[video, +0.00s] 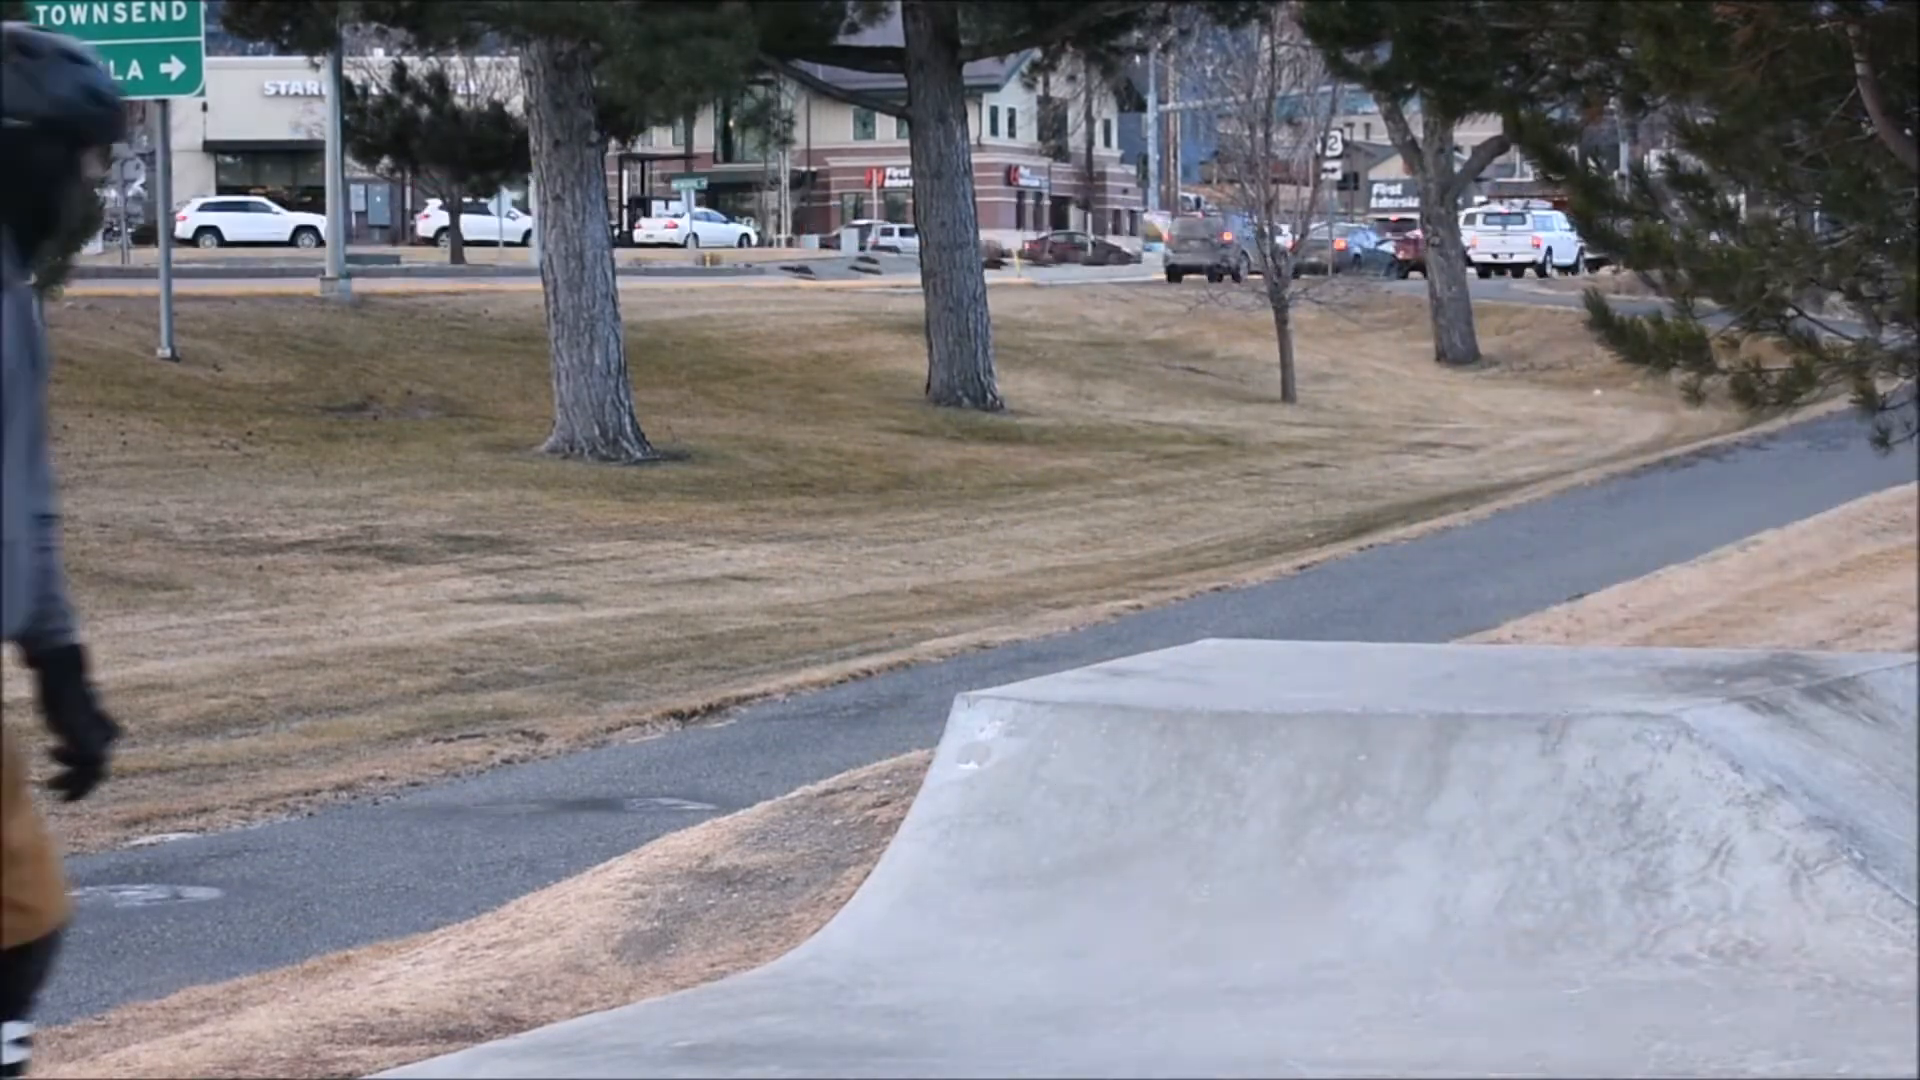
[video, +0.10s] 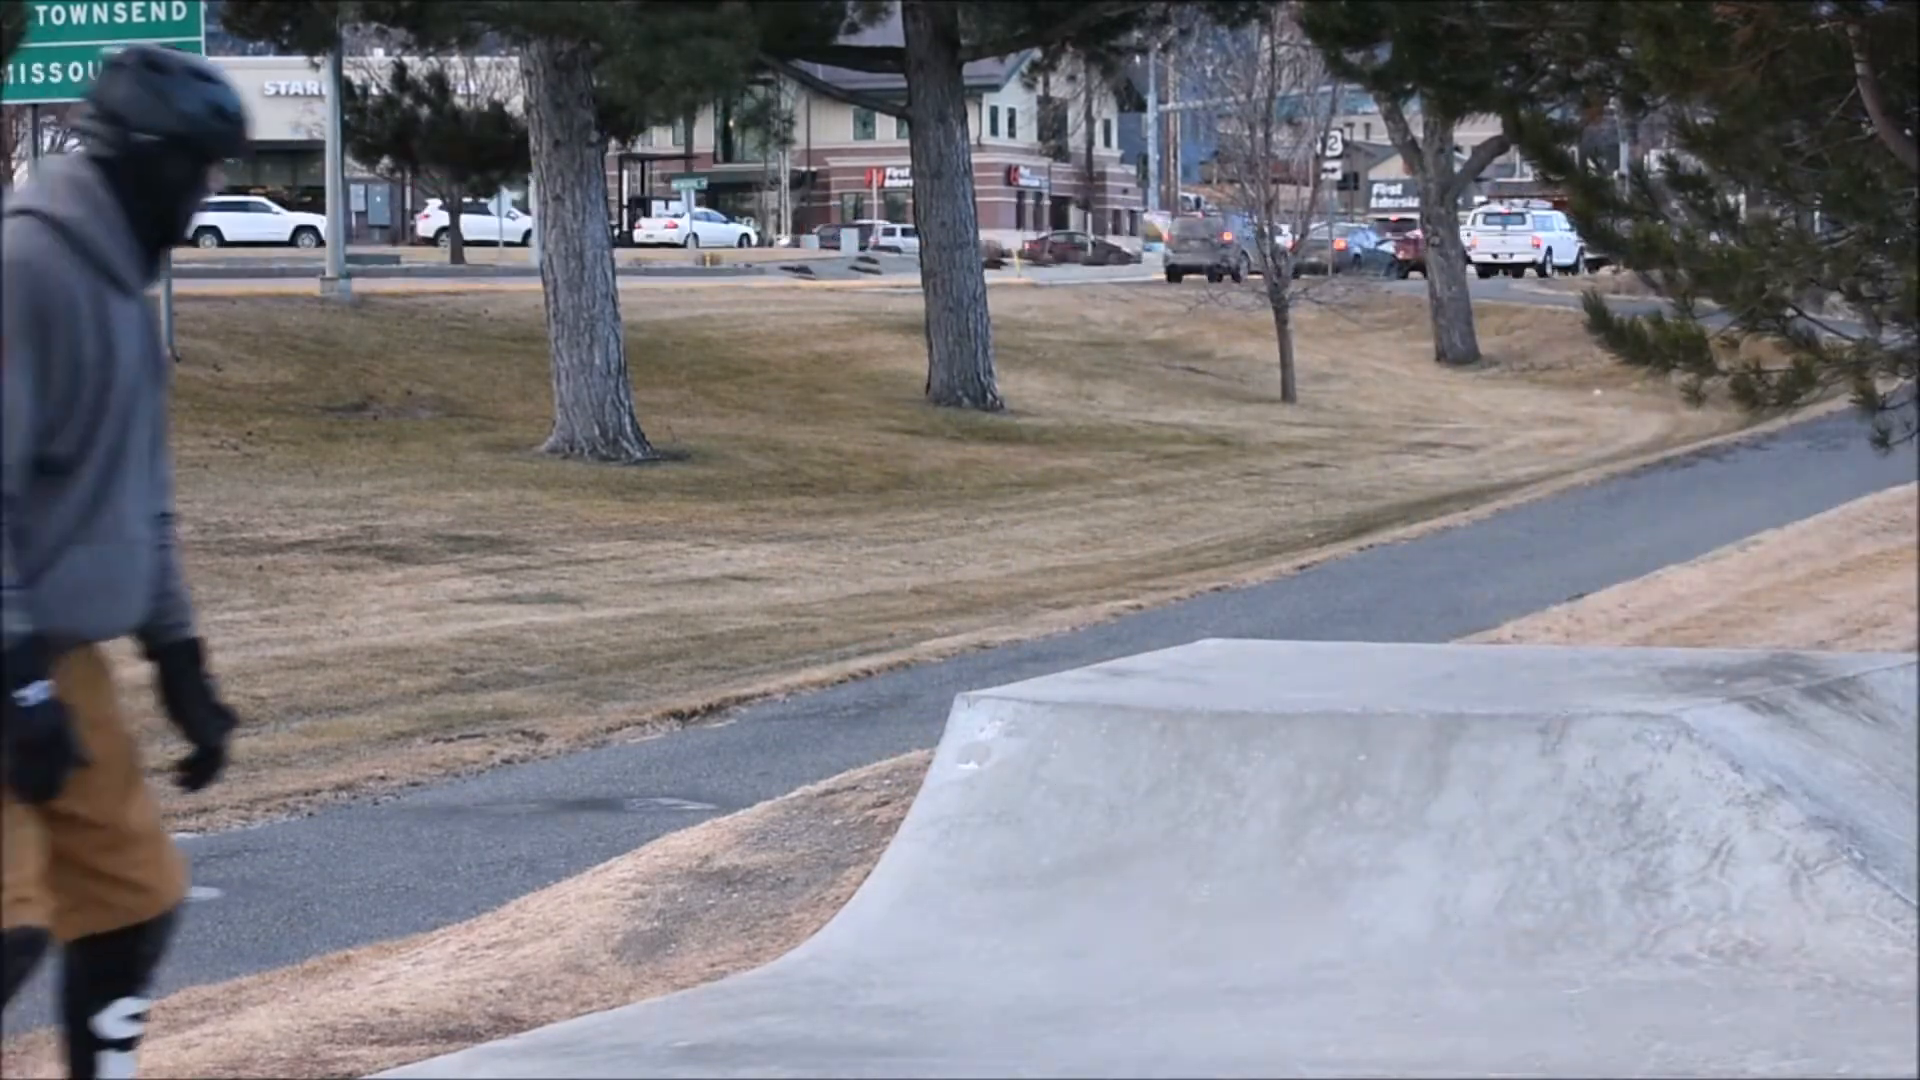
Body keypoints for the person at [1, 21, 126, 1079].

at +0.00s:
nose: (97, 185)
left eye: (99, 161)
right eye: (86, 159)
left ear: (38, 162)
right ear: (31, 159)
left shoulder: (18, 292)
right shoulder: (10, 295)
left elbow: (25, 497)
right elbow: (22, 498)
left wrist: (61, 668)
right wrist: (62, 668)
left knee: (29, 913)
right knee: (29, 915)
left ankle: (11, 1039)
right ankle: (6, 1042)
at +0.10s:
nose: (203, 190)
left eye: (209, 168)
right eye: (194, 165)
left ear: (165, 156)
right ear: (137, 152)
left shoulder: (124, 262)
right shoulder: (26, 263)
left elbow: (138, 495)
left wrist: (178, 660)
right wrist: (17, 682)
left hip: (72, 651)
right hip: (1, 657)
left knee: (130, 901)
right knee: (13, 924)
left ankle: (101, 1070)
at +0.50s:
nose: (616, 238)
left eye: (623, 218)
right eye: (613, 214)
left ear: (569, 200)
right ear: (565, 198)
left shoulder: (533, 305)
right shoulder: (454, 293)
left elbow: (534, 495)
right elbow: (386, 491)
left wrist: (564, 637)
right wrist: (446, 653)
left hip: (455, 599)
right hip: (354, 588)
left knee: (527, 828)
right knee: (409, 858)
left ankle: (491, 1050)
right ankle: (316, 1067)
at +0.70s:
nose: (775, 260)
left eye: (783, 243)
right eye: (772, 239)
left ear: (734, 224)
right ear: (729, 222)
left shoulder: (694, 318)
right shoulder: (625, 308)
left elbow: (694, 497)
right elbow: (554, 492)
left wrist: (729, 628)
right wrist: (607, 640)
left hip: (625, 592)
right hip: (527, 585)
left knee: (700, 803)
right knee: (594, 833)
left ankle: (657, 1018)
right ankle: (497, 1043)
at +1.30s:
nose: (1165, 427)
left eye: (1175, 418)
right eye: (1167, 411)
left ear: (1157, 389)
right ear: (1145, 380)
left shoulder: (1122, 431)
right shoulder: (1022, 414)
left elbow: (1118, 548)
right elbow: (888, 523)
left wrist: (1188, 628)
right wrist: (906, 648)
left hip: (1015, 612)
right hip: (935, 603)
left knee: (1116, 750)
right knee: (1030, 769)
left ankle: (1040, 918)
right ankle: (925, 945)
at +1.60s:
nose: (1267, 496)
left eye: (1282, 483)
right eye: (1256, 481)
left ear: (1301, 457)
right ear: (1224, 443)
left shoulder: (1293, 458)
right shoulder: (1146, 439)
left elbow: (1328, 586)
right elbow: (1023, 491)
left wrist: (1282, 539)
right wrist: (977, 590)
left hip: (1192, 593)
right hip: (1100, 579)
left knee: (1274, 737)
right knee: (1189, 743)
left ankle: (1192, 872)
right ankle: (1092, 905)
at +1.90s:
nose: (1274, 364)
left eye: (1288, 350)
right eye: (1261, 354)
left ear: (1317, 313)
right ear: (1233, 315)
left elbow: (1503, 317)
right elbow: (1083, 317)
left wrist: (1599, 380)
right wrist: (997, 393)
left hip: (1359, 441)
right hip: (1252, 443)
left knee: (1400, 610)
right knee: (1233, 599)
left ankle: (1492, 747)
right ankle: (1313, 638)